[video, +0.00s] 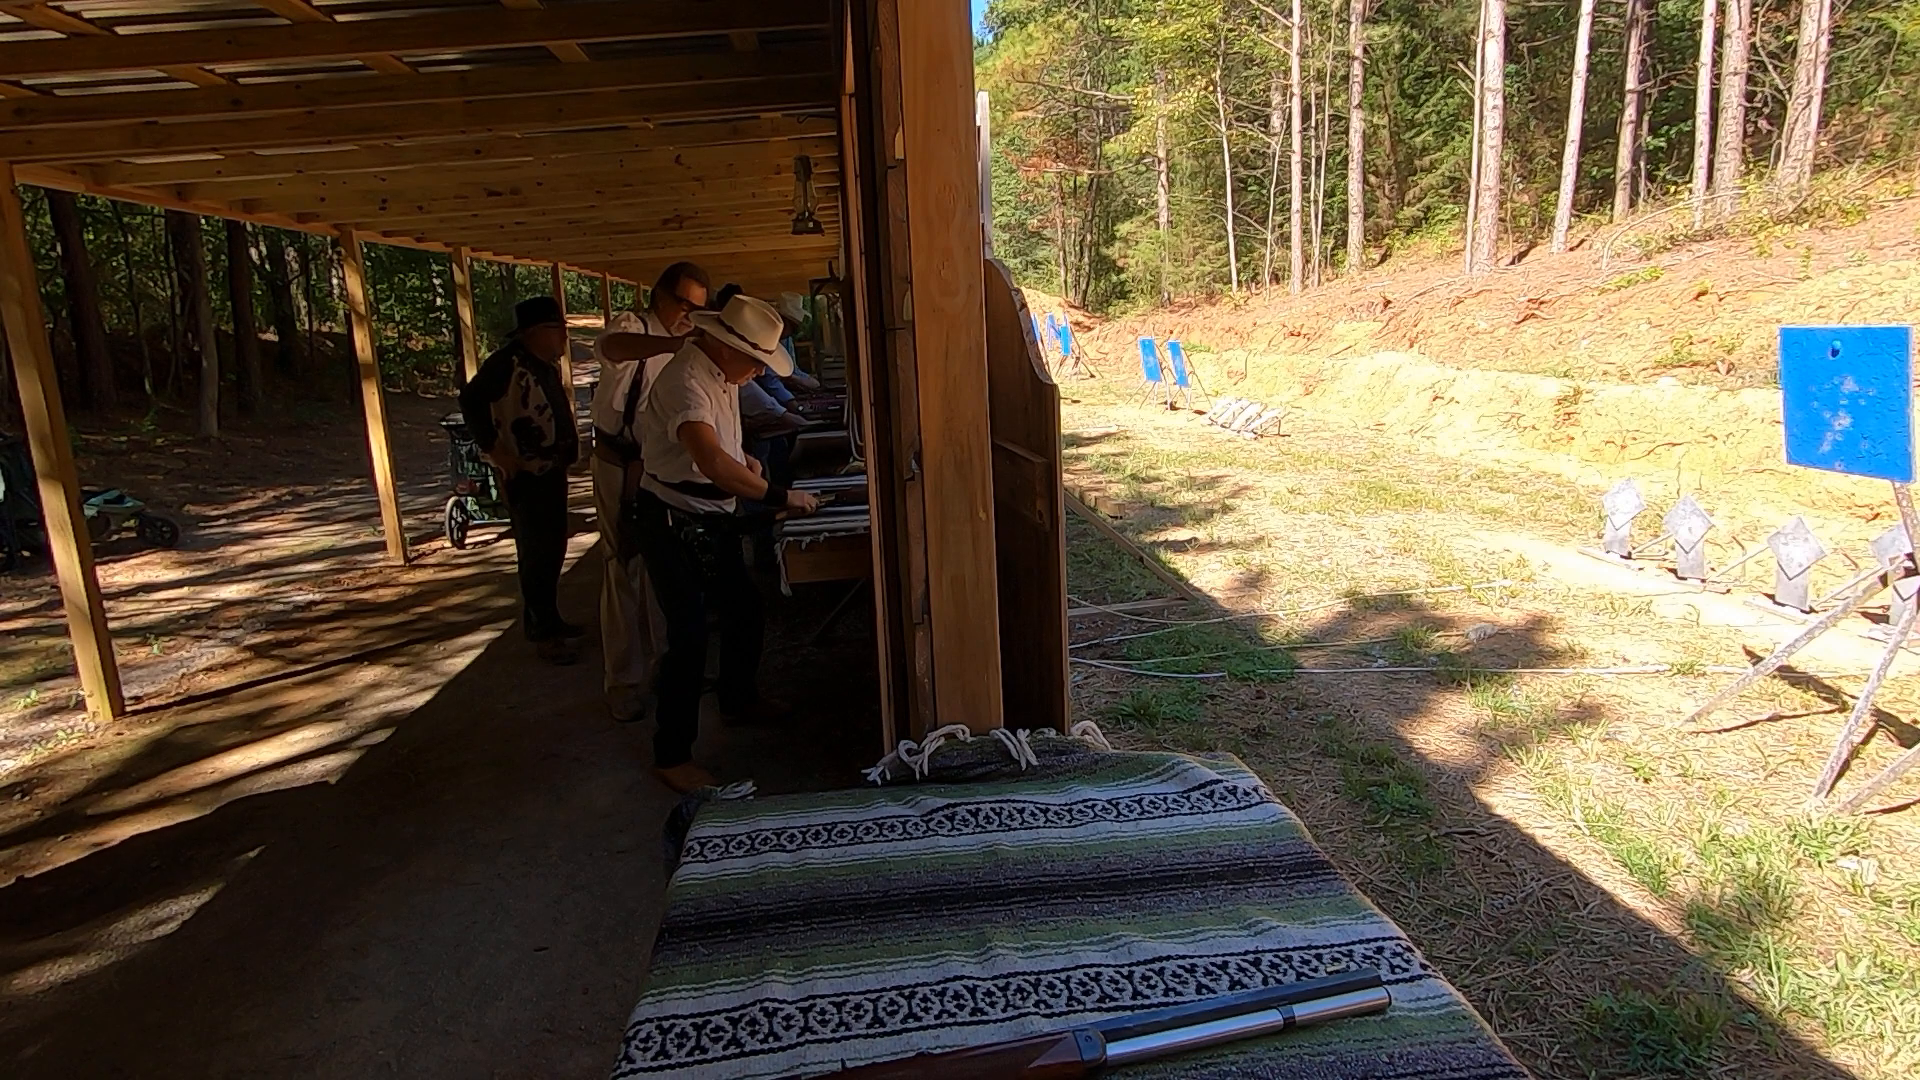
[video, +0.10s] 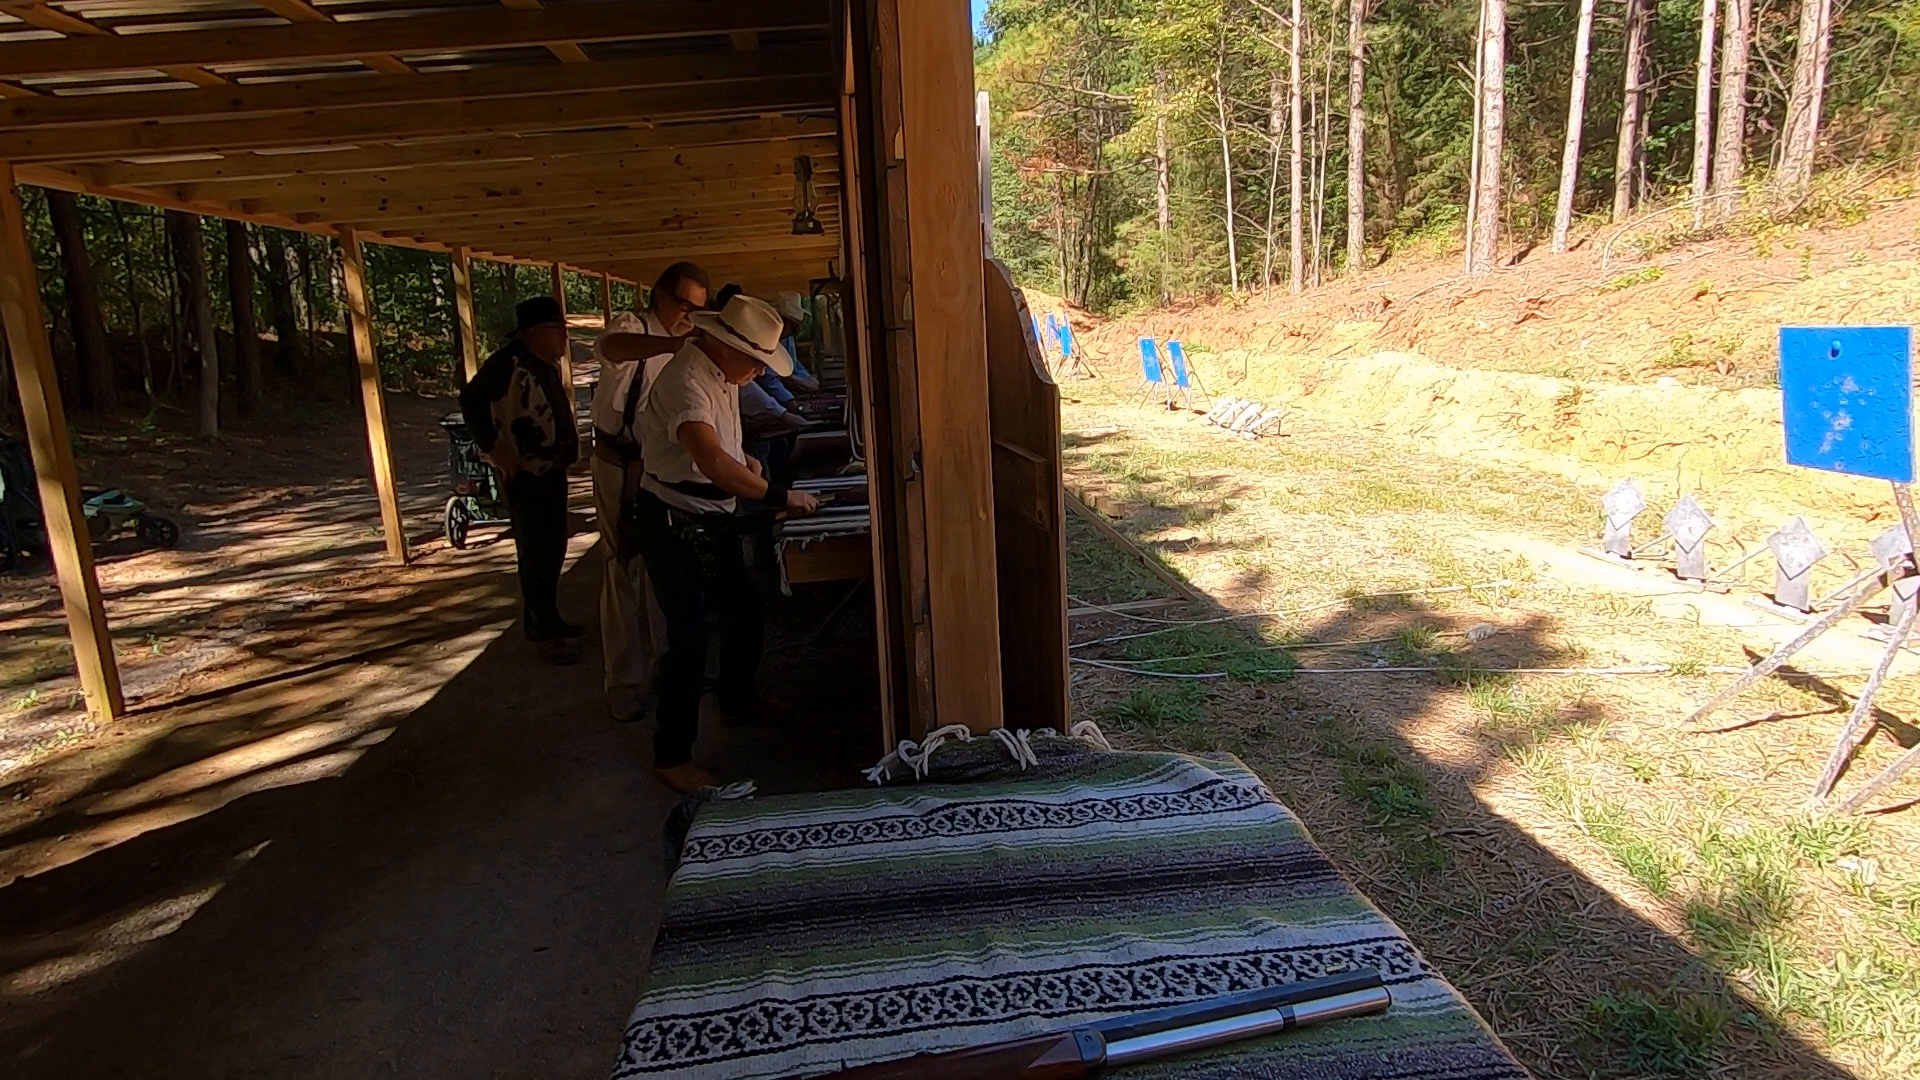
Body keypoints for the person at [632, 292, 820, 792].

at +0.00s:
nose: (757, 374)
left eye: (761, 367)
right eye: (755, 364)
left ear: (728, 349)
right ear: (729, 348)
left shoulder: (722, 377)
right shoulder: (685, 378)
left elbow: (727, 446)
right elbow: (709, 460)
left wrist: (755, 474)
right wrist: (780, 496)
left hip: (717, 516)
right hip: (672, 519)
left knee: (743, 611)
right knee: (689, 634)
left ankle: (739, 704)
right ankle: (672, 756)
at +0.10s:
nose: (758, 374)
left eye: (762, 366)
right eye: (756, 364)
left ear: (728, 349)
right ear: (729, 348)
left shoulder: (721, 378)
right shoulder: (685, 378)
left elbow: (731, 450)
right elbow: (709, 460)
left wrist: (764, 482)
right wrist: (779, 496)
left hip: (717, 516)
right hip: (673, 520)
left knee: (743, 610)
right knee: (689, 635)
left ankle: (739, 704)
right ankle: (673, 757)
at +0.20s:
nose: (758, 373)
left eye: (761, 366)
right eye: (755, 364)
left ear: (727, 349)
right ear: (728, 348)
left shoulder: (721, 377)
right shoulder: (686, 379)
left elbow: (728, 447)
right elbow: (709, 460)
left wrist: (756, 475)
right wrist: (780, 495)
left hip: (717, 516)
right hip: (672, 519)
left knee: (743, 610)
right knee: (689, 635)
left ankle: (739, 703)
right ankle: (672, 757)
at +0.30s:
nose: (758, 373)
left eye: (762, 366)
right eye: (755, 364)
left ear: (727, 349)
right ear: (728, 348)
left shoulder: (721, 377)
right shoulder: (686, 379)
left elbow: (727, 446)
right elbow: (710, 460)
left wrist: (752, 471)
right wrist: (780, 494)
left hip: (716, 516)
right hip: (672, 520)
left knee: (743, 610)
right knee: (689, 635)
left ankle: (739, 703)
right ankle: (672, 757)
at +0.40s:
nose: (758, 373)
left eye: (762, 366)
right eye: (756, 364)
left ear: (727, 349)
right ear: (729, 348)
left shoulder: (721, 378)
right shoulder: (686, 378)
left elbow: (728, 447)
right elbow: (711, 460)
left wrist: (752, 472)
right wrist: (781, 494)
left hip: (717, 516)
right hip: (673, 520)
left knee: (743, 610)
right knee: (689, 635)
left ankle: (739, 704)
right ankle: (672, 757)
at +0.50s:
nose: (758, 374)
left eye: (762, 366)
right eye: (757, 364)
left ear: (728, 348)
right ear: (730, 348)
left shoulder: (721, 377)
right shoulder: (686, 378)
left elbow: (724, 445)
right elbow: (711, 461)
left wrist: (747, 466)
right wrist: (781, 494)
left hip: (716, 516)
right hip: (673, 520)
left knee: (742, 611)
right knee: (690, 634)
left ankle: (739, 704)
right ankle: (672, 757)